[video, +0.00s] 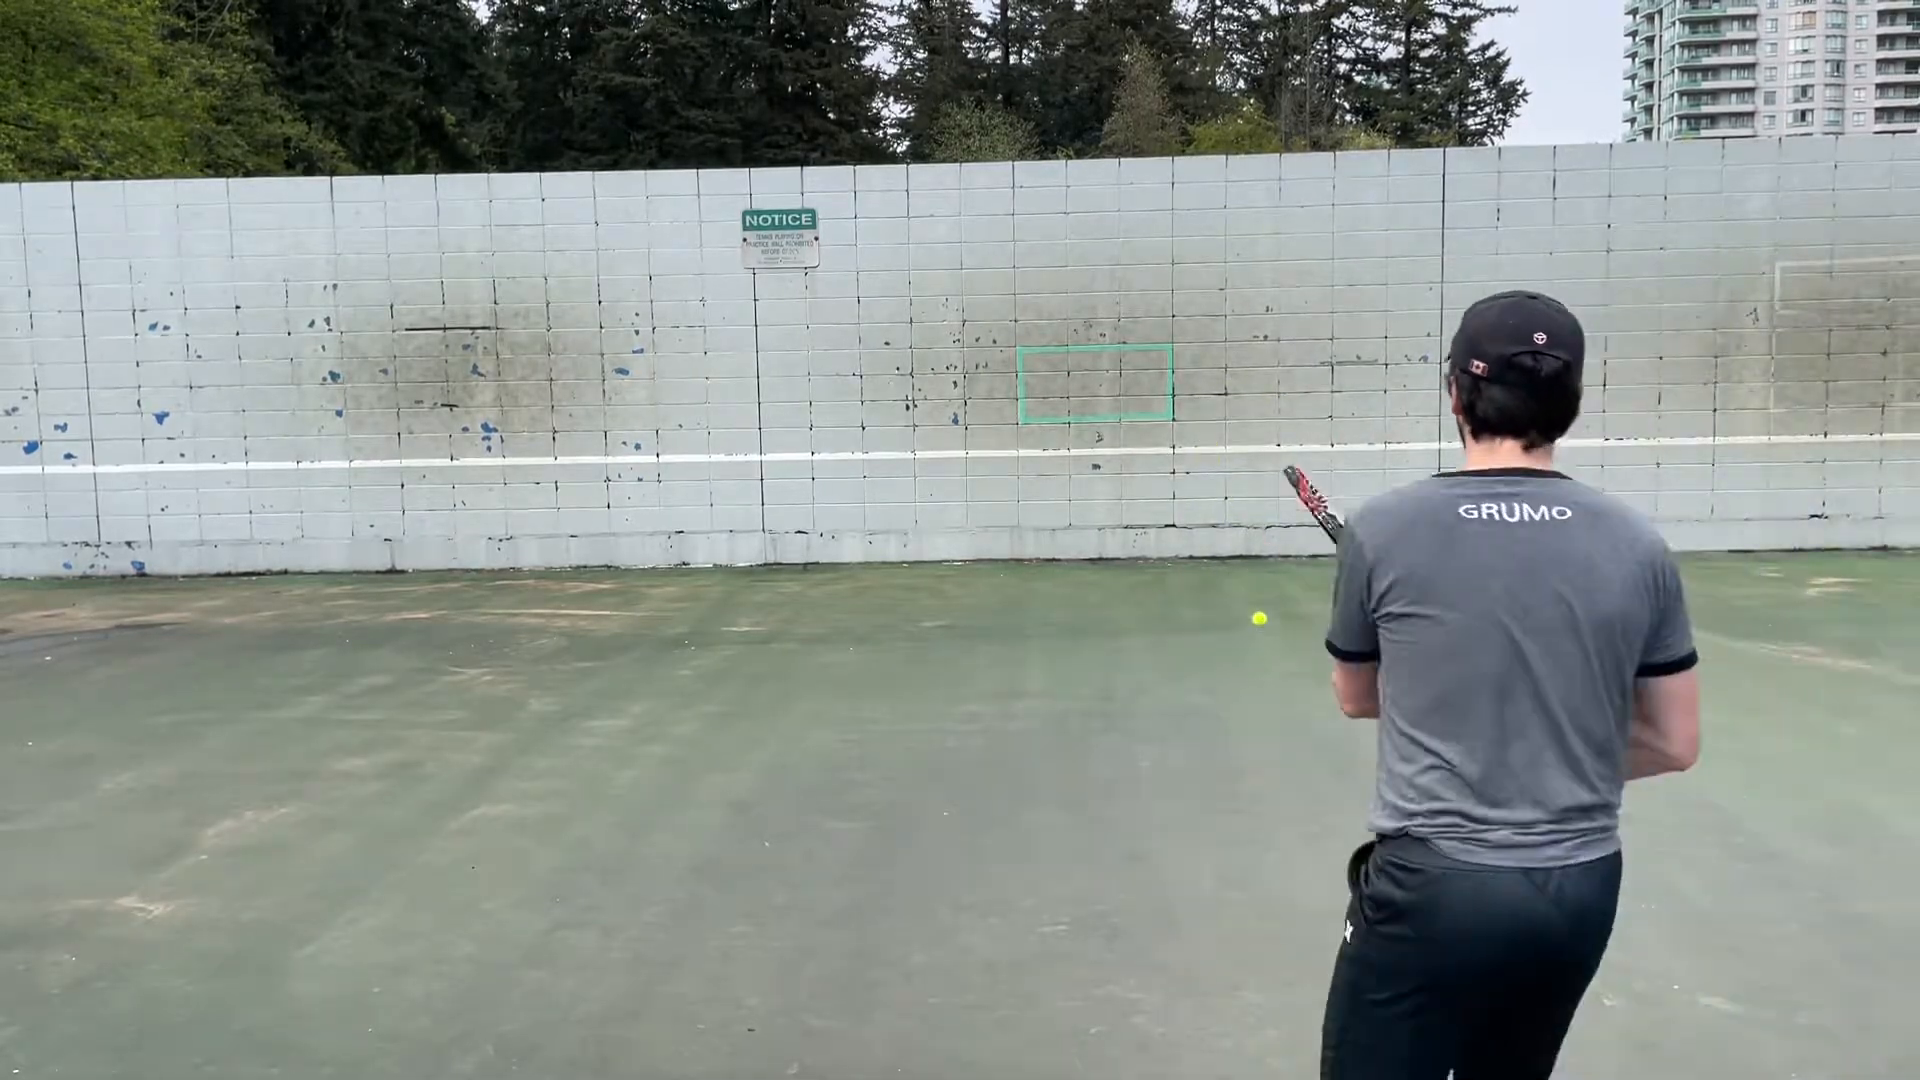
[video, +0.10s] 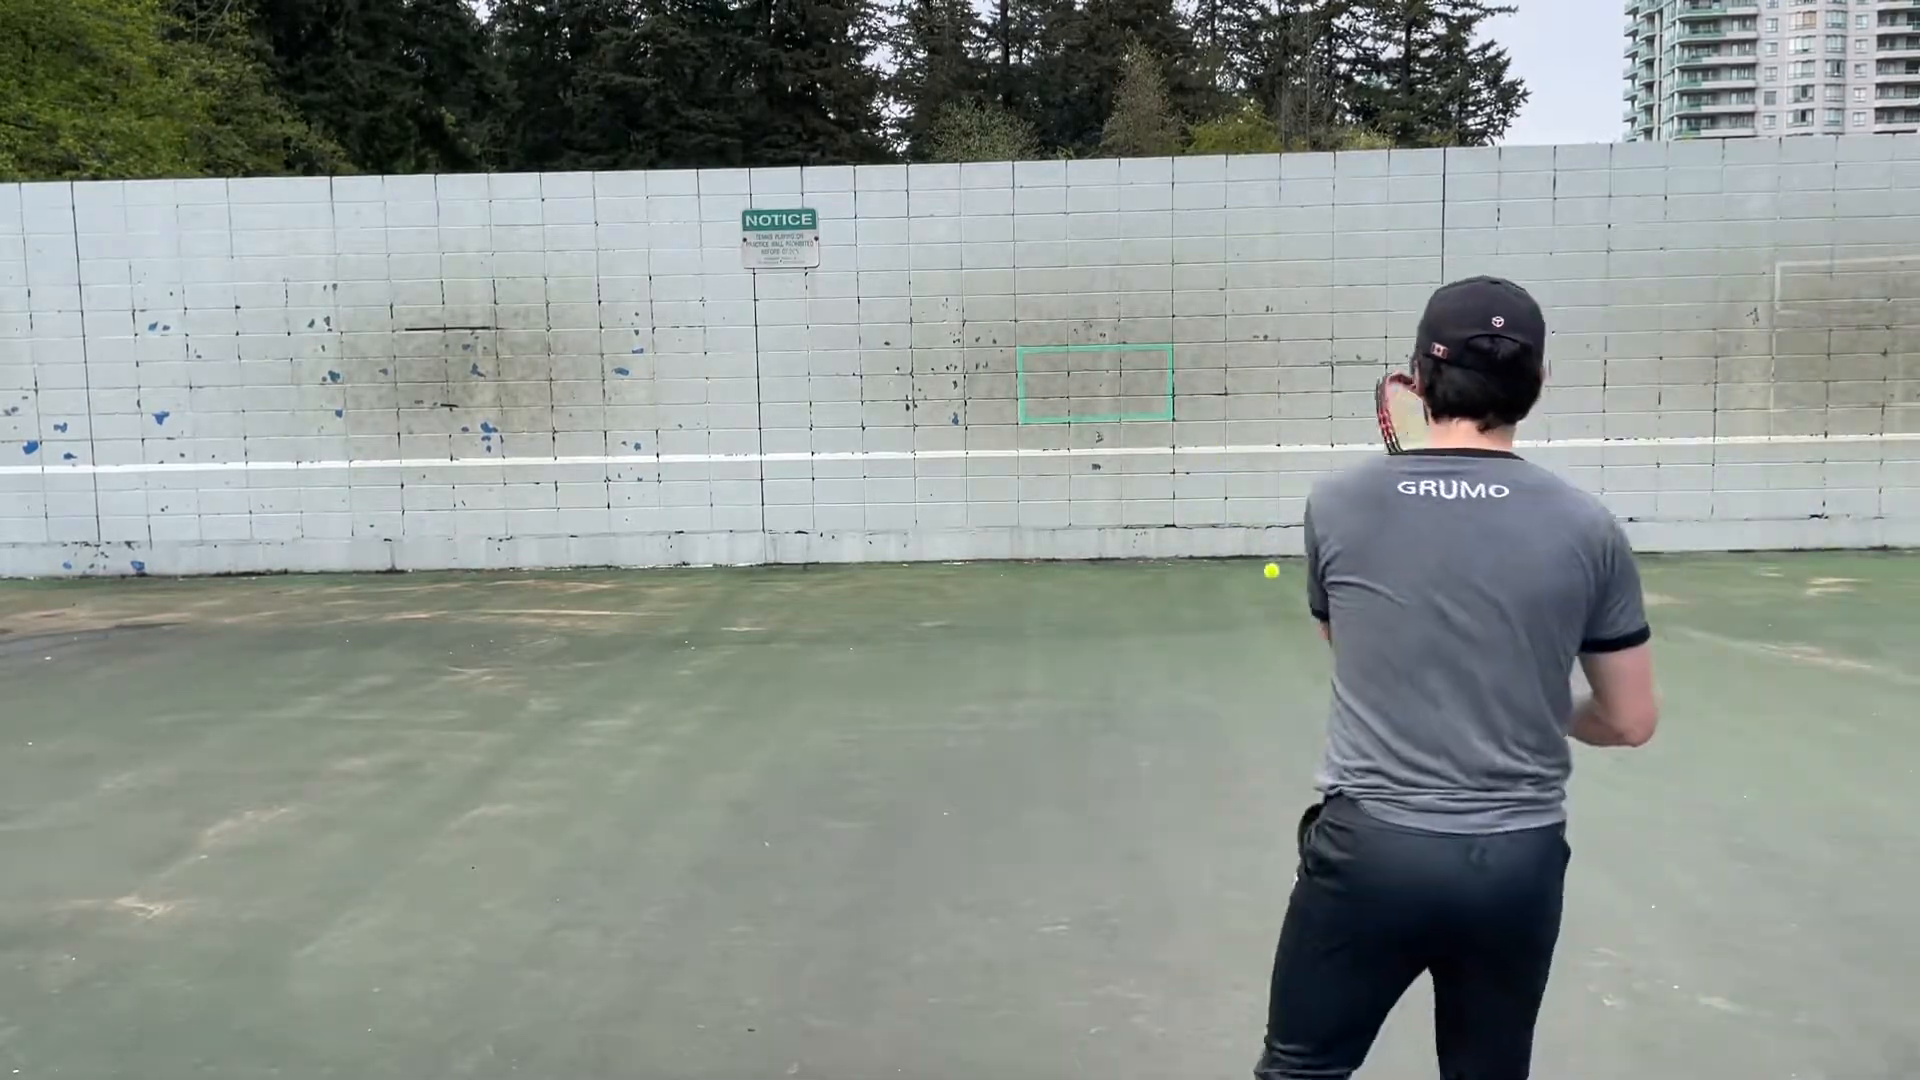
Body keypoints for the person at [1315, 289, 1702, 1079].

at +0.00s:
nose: (1453, 386)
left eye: (1454, 376)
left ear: (1458, 393)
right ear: (1572, 404)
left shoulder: (1385, 528)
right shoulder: (1633, 542)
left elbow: (1358, 696)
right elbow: (1672, 742)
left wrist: (1462, 684)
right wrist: (1552, 745)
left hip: (1429, 898)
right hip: (1573, 901)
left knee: (1366, 1068)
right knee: (1509, 1071)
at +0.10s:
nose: (1415, 370)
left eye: (1418, 359)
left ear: (1421, 374)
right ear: (1536, 387)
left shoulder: (1342, 501)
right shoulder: (1584, 525)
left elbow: (1344, 635)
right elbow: (1629, 718)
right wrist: (1527, 698)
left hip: (1369, 866)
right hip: (1515, 876)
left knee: (1298, 1067)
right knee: (1489, 1070)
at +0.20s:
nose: (1370, 361)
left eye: (1373, 351)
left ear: (1376, 369)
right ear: (1488, 382)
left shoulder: (1298, 494)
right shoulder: (1525, 520)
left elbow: (1356, 604)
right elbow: (1594, 705)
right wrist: (1598, 666)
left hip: (1311, 840)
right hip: (1455, 852)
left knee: (1235, 1053)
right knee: (1468, 1069)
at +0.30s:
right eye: (1444, 374)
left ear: (1328, 382)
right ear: (1439, 397)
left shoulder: (1256, 500)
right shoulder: (1441, 524)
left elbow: (1344, 567)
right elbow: (1553, 694)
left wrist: (1482, 537)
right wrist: (1601, 626)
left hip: (1247, 839)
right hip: (1379, 855)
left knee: (1179, 1048)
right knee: (1437, 1065)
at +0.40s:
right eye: (1401, 399)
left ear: (1284, 402)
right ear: (1394, 419)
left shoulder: (1217, 511)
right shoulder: (1364, 540)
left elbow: (1320, 564)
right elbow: (1501, 676)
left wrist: (1463, 547)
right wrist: (1607, 611)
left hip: (1180, 839)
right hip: (1306, 862)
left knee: (1146, 1049)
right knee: (1406, 1063)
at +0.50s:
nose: (1393, 402)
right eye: (1393, 389)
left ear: (1277, 390)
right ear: (1383, 409)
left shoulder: (1208, 490)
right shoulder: (1333, 513)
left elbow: (1295, 574)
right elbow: (1425, 640)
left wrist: (1434, 558)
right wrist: (1592, 588)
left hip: (1153, 815)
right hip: (1274, 833)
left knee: (1127, 1037)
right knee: (1378, 1045)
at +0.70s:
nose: (1432, 426)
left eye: (1427, 408)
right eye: (1433, 413)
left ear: (1325, 399)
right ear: (1421, 426)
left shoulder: (1248, 486)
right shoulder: (1340, 503)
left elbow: (1310, 578)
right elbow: (1345, 595)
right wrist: (1538, 577)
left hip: (1154, 803)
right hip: (1265, 831)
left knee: (1108, 1026)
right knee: (1331, 1042)